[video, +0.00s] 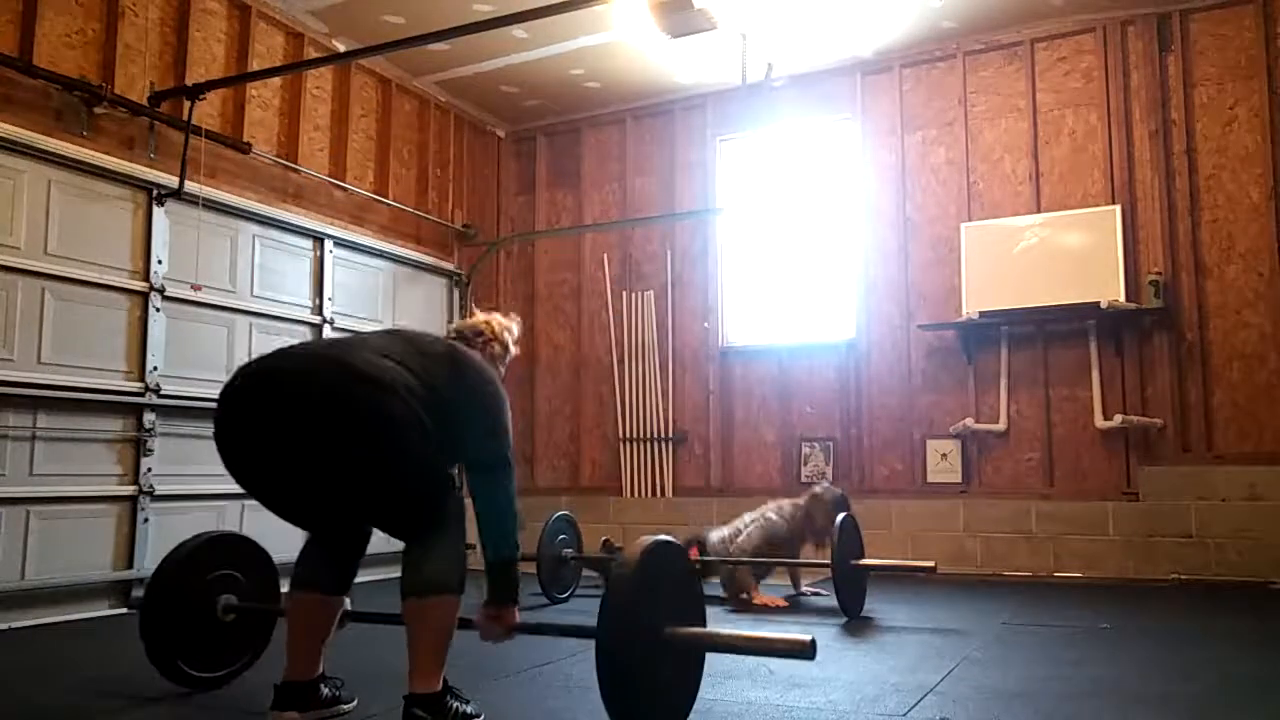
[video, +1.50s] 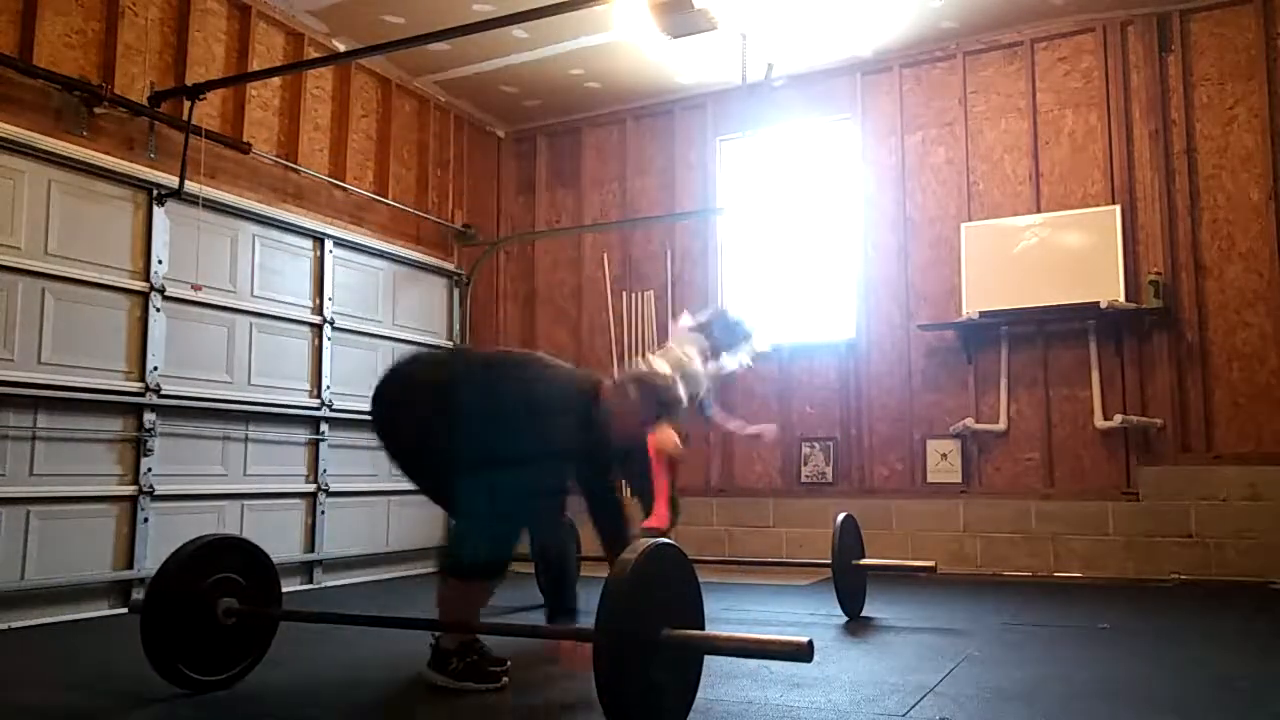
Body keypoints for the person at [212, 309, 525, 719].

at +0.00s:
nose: (501, 379)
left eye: (504, 371)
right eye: (502, 369)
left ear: (453, 339)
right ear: (489, 352)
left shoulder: (396, 351)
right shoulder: (480, 386)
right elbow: (496, 502)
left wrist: (331, 589)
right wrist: (502, 597)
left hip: (246, 408)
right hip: (358, 414)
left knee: (342, 520)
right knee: (437, 519)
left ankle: (299, 687)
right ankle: (427, 694)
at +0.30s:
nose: (505, 279)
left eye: (507, 268)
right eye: (506, 267)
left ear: (461, 242)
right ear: (497, 260)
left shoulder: (406, 268)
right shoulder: (475, 289)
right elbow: (466, 392)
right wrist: (451, 486)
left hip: (251, 358)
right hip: (340, 374)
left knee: (320, 518)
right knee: (405, 521)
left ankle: (297, 684)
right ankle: (422, 696)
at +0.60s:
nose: (514, 241)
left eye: (520, 232)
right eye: (517, 228)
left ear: (470, 203)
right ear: (503, 212)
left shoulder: (422, 234)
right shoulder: (480, 253)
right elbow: (446, 322)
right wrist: (424, 404)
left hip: (280, 370)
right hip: (345, 385)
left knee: (356, 524)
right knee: (398, 524)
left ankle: (270, 664)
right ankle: (318, 698)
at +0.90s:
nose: (536, 134)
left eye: (541, 124)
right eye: (537, 120)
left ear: (490, 96)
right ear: (512, 103)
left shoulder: (445, 136)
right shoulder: (483, 148)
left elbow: (432, 236)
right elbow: (453, 239)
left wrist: (490, 272)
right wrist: (464, 316)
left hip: (357, 302)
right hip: (401, 312)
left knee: (389, 451)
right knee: (422, 447)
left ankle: (312, 593)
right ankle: (338, 584)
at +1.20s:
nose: (602, 211)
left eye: (608, 200)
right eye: (603, 194)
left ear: (560, 170)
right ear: (575, 176)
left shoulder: (520, 222)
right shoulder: (523, 229)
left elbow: (489, 312)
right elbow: (482, 315)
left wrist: (524, 372)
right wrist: (519, 375)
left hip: (402, 356)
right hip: (421, 362)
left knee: (473, 469)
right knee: (477, 472)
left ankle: (447, 604)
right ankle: (447, 608)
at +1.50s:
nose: (637, 434)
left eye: (645, 426)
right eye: (640, 420)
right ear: (620, 392)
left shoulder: (586, 414)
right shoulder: (566, 410)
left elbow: (603, 499)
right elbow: (550, 526)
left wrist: (629, 570)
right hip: (411, 404)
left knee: (493, 513)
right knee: (487, 514)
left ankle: (459, 642)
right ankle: (452, 649)